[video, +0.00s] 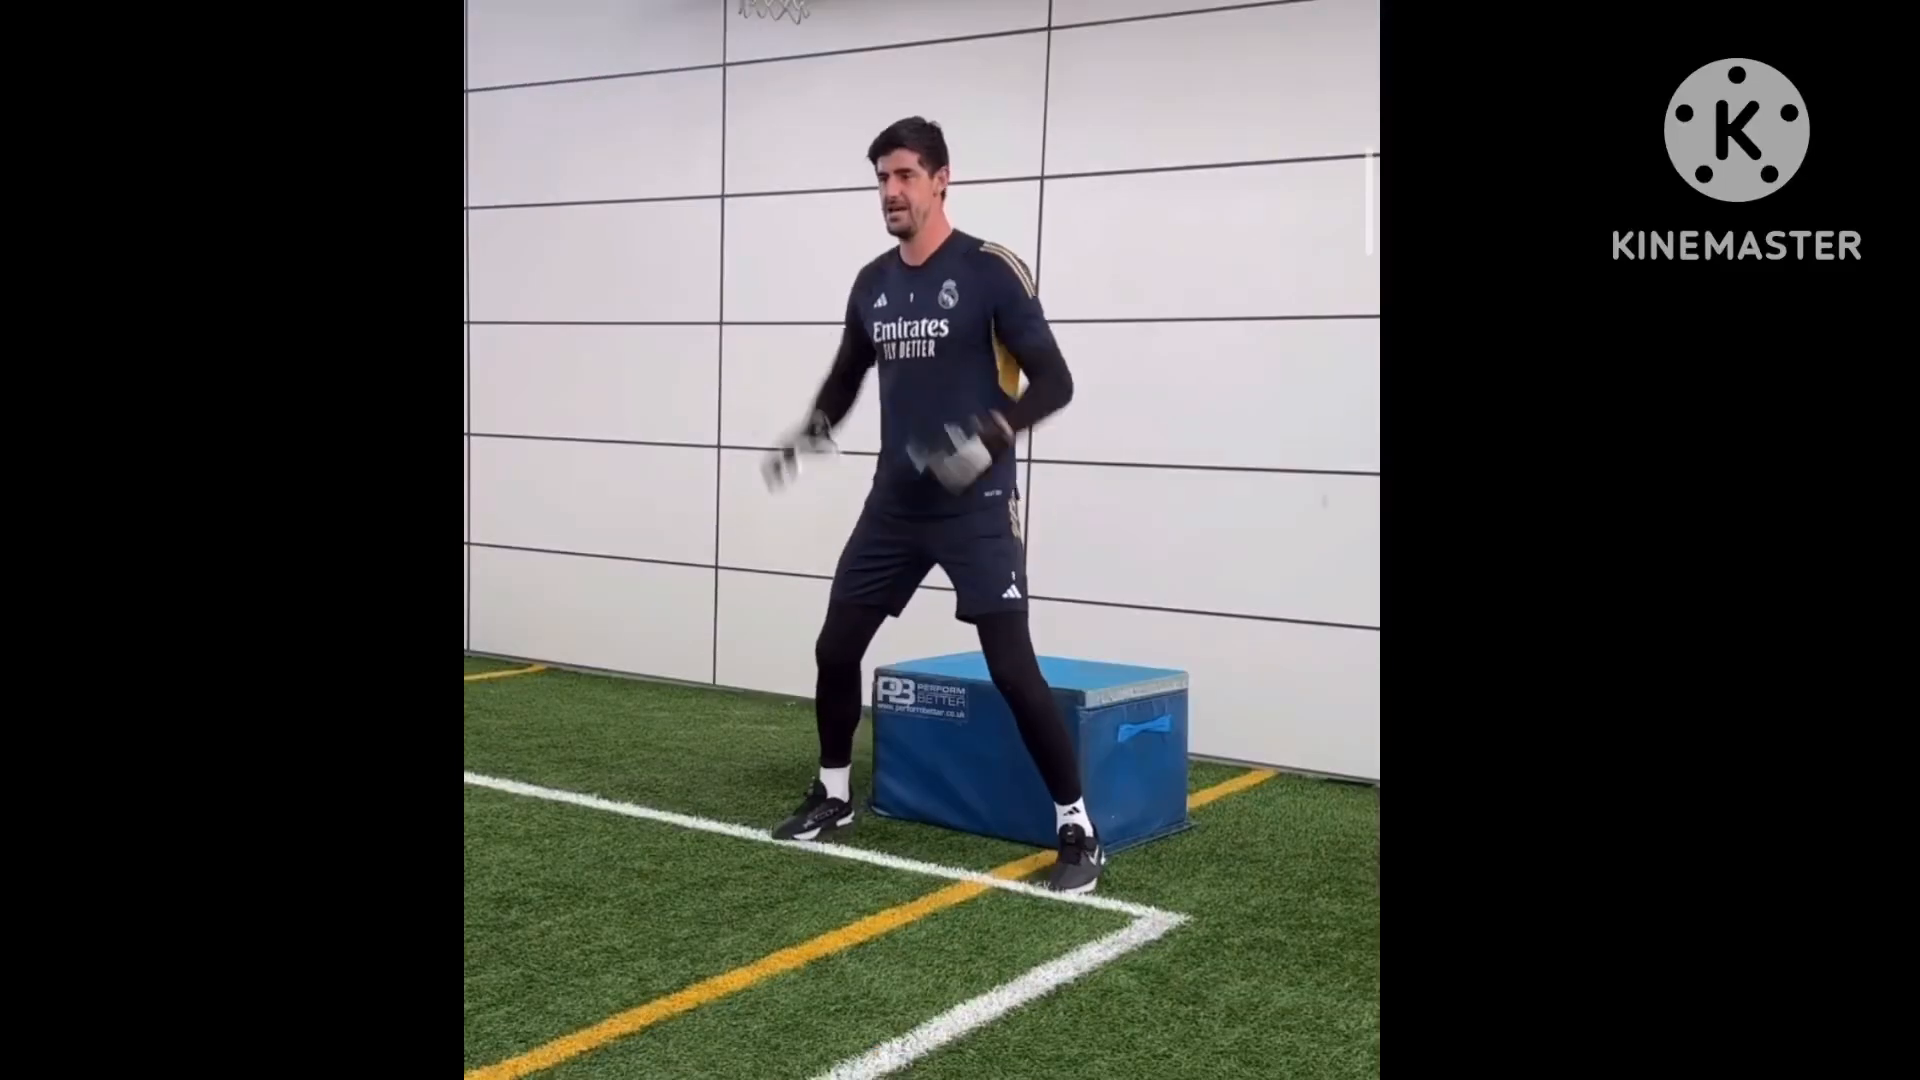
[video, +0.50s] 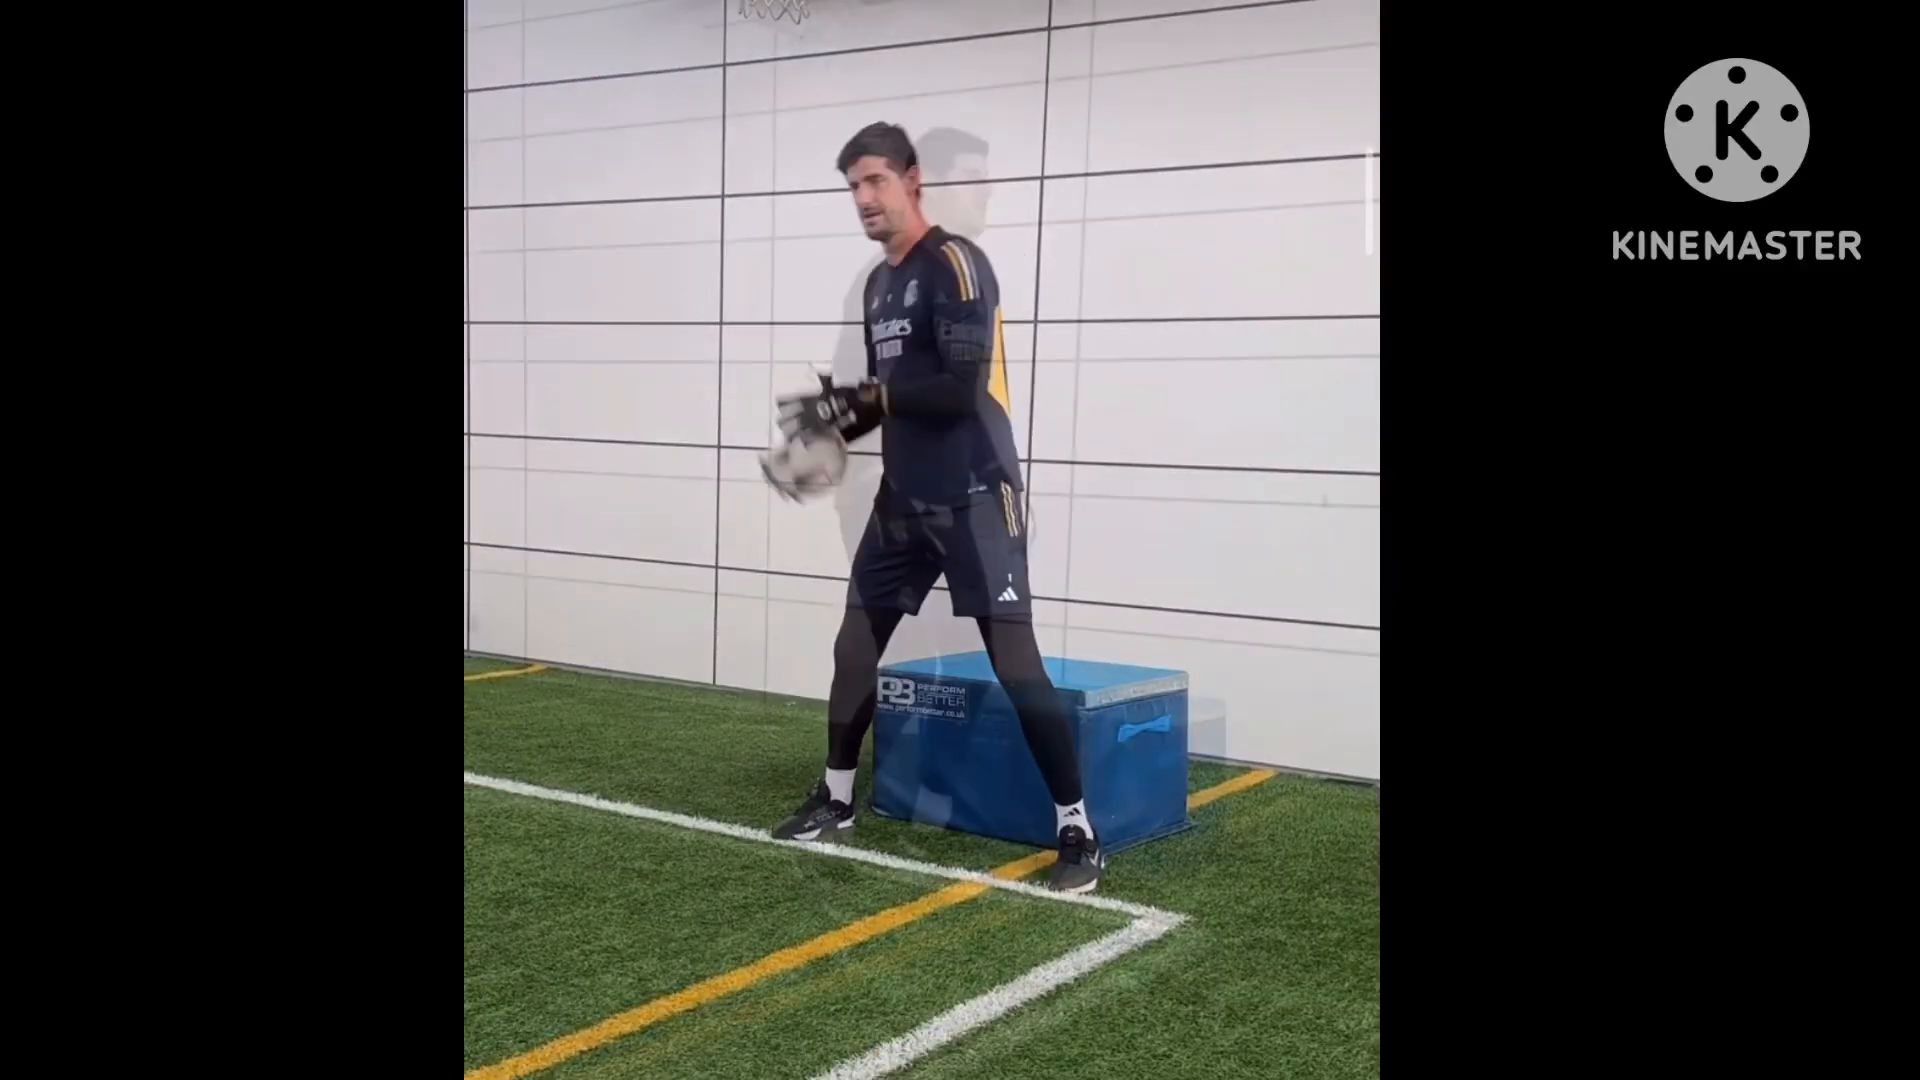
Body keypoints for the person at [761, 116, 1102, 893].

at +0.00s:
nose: (892, 190)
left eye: (906, 175)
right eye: (884, 177)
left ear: (942, 180)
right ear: (877, 189)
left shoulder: (988, 271)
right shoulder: (873, 284)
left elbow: (1056, 381)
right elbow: (846, 376)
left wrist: (994, 433)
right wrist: (811, 432)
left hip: (975, 507)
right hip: (895, 505)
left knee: (1012, 669)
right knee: (837, 648)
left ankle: (1077, 831)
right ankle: (832, 797)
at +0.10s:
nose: (901, 187)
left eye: (914, 172)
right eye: (892, 174)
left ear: (950, 175)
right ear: (886, 183)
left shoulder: (988, 253)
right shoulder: (879, 274)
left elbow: (1014, 332)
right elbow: (798, 351)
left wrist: (921, 313)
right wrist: (780, 314)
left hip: (977, 496)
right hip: (894, 497)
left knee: (1016, 666)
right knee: (848, 650)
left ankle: (1076, 829)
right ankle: (836, 797)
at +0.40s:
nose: (891, 192)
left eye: (902, 175)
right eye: (881, 181)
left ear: (939, 175)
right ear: (878, 191)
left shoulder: (984, 257)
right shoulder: (885, 278)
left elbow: (955, 367)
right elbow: (845, 388)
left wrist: (867, 348)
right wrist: (818, 354)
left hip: (977, 494)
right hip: (902, 497)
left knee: (1017, 666)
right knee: (854, 651)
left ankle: (1076, 832)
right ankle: (835, 798)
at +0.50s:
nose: (863, 200)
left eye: (874, 183)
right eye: (854, 188)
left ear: (913, 181)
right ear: (853, 196)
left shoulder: (959, 264)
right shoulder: (878, 285)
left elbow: (959, 390)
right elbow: (891, 396)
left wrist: (874, 395)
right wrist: (840, 422)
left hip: (976, 488)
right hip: (907, 492)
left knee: (1016, 660)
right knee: (856, 644)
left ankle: (1076, 831)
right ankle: (835, 801)